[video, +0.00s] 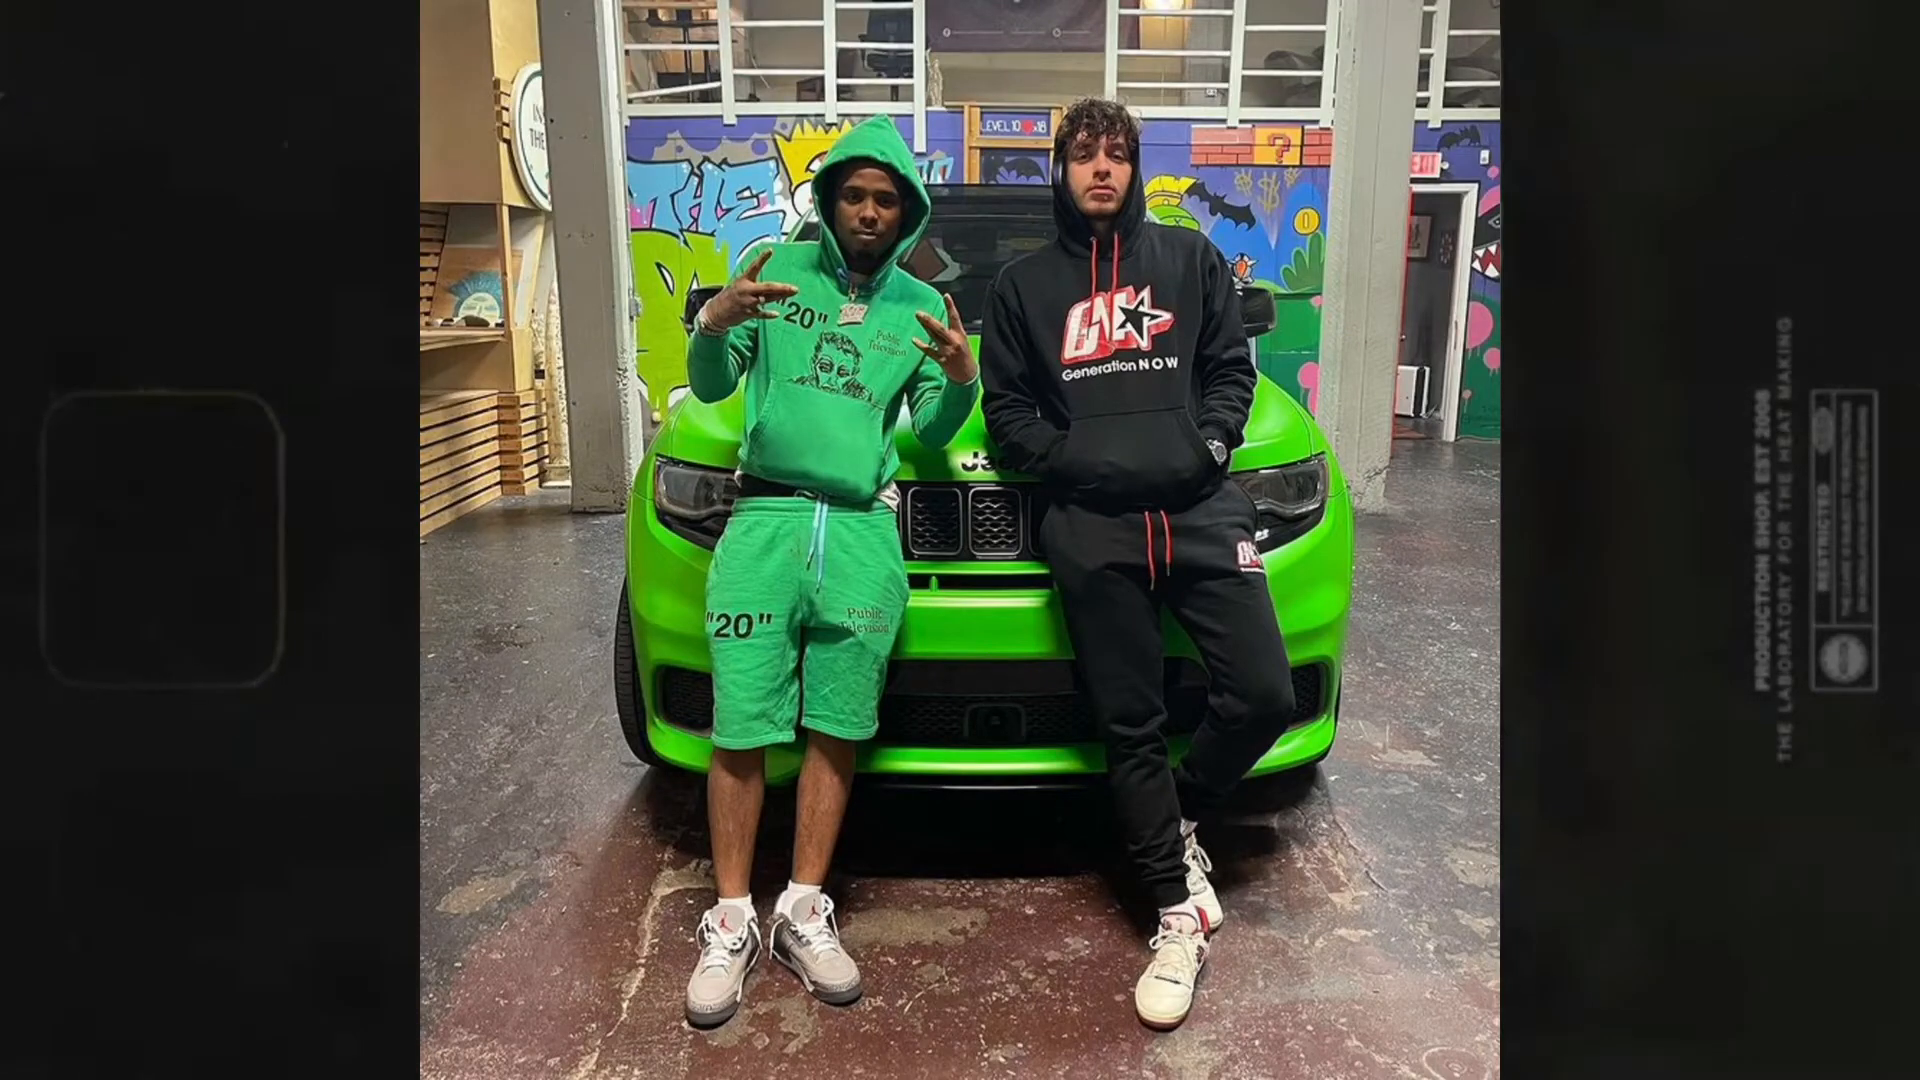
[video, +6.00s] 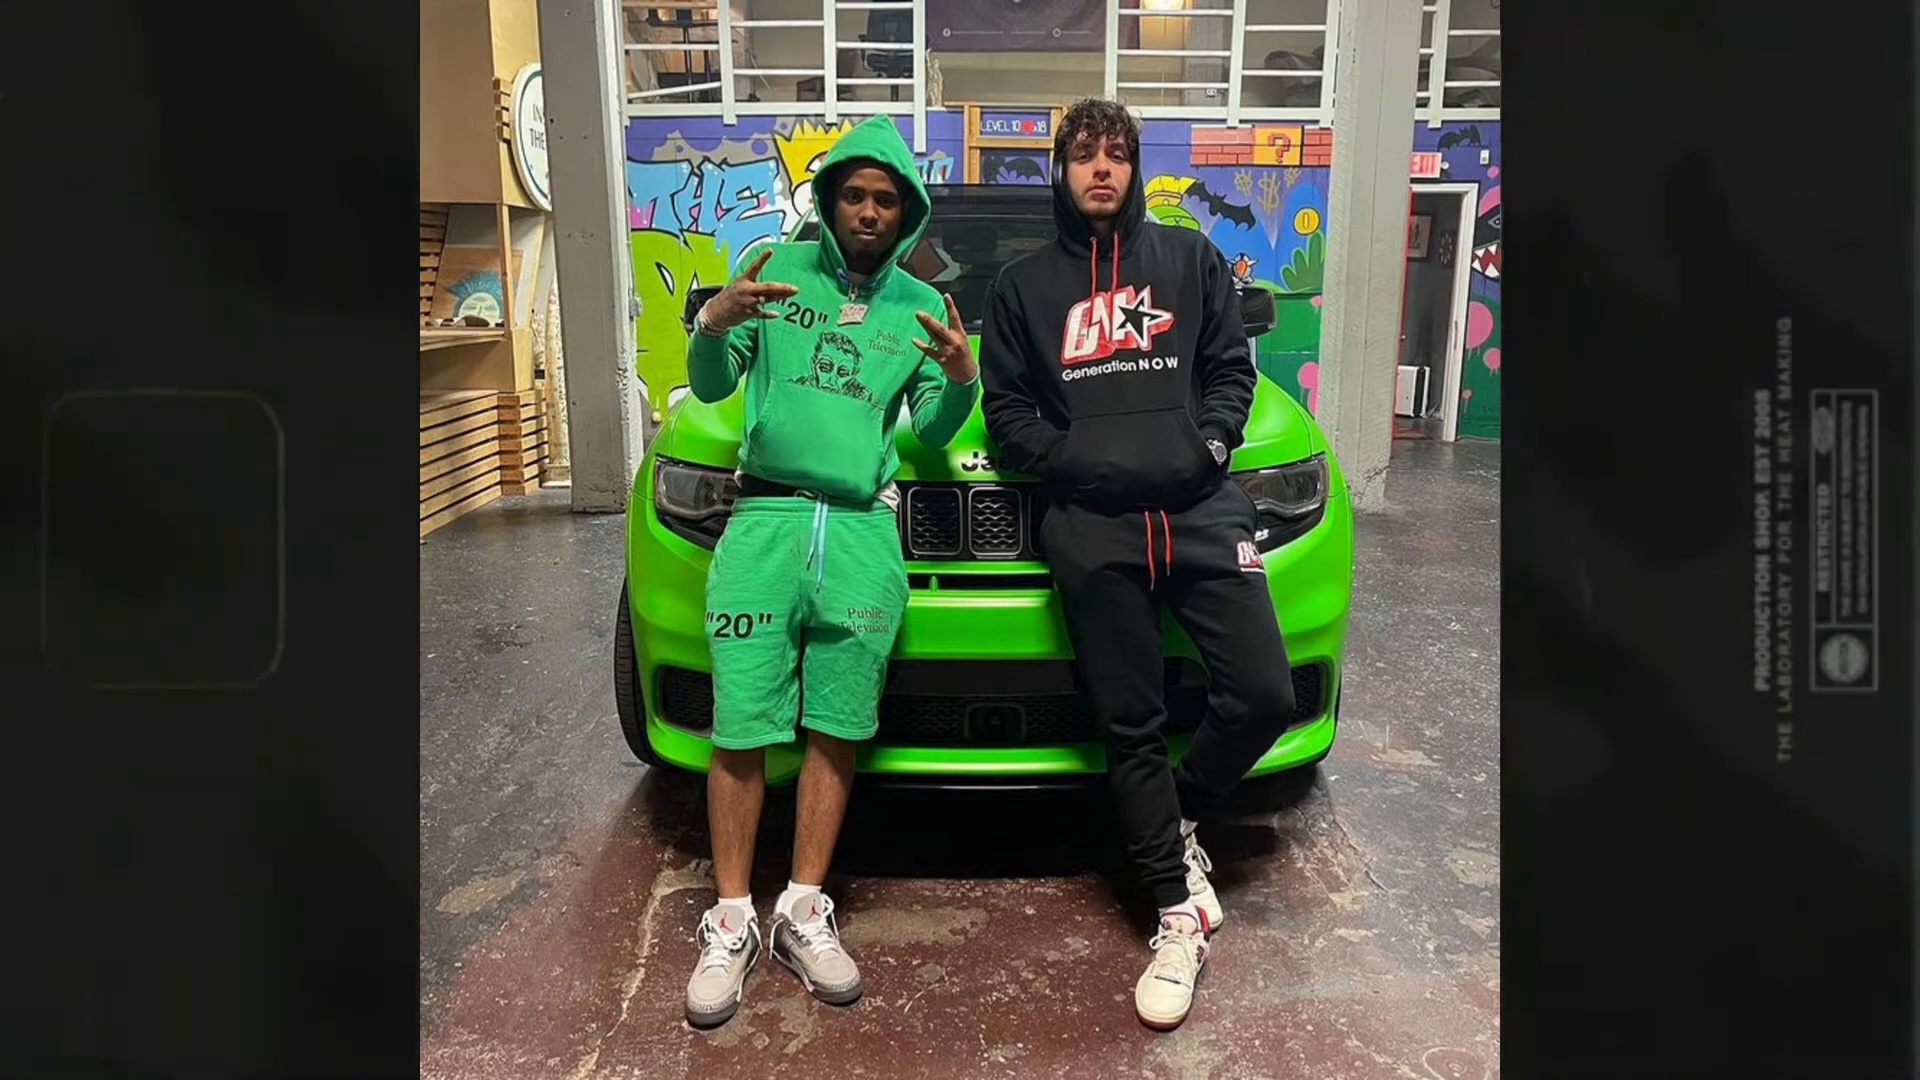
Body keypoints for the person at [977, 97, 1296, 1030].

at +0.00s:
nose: (1101, 171)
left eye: (1115, 159)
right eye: (1086, 159)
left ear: (1137, 170)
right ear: (1061, 172)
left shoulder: (1193, 257)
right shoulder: (1019, 281)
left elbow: (1232, 367)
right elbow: (1005, 405)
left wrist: (1208, 445)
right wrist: (1064, 456)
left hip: (1200, 503)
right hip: (1091, 514)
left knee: (1262, 692)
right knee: (1131, 720)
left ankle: (1180, 818)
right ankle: (1178, 917)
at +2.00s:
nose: (1101, 171)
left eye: (1115, 159)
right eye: (1086, 159)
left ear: (1137, 170)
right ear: (1061, 172)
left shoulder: (1193, 257)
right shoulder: (1019, 281)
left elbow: (1232, 367)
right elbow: (1005, 405)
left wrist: (1208, 445)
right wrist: (1065, 456)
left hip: (1200, 502)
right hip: (1091, 513)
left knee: (1262, 692)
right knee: (1131, 719)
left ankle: (1180, 820)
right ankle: (1179, 917)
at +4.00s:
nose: (1102, 171)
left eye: (1116, 158)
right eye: (1088, 158)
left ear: (1137, 171)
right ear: (1062, 171)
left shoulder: (1191, 256)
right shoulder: (1018, 280)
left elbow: (1232, 364)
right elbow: (1004, 403)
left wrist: (1209, 444)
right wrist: (1065, 458)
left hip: (1200, 503)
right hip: (1091, 514)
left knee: (1262, 693)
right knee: (1131, 718)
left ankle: (1179, 819)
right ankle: (1179, 916)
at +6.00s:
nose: (1102, 171)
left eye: (1115, 158)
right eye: (1087, 158)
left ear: (1137, 171)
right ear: (1061, 172)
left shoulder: (1191, 256)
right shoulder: (1017, 280)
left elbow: (1232, 363)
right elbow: (1003, 403)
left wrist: (1209, 444)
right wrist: (1064, 457)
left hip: (1200, 503)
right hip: (1091, 514)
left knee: (1262, 692)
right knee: (1131, 719)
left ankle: (1180, 818)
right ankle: (1179, 918)